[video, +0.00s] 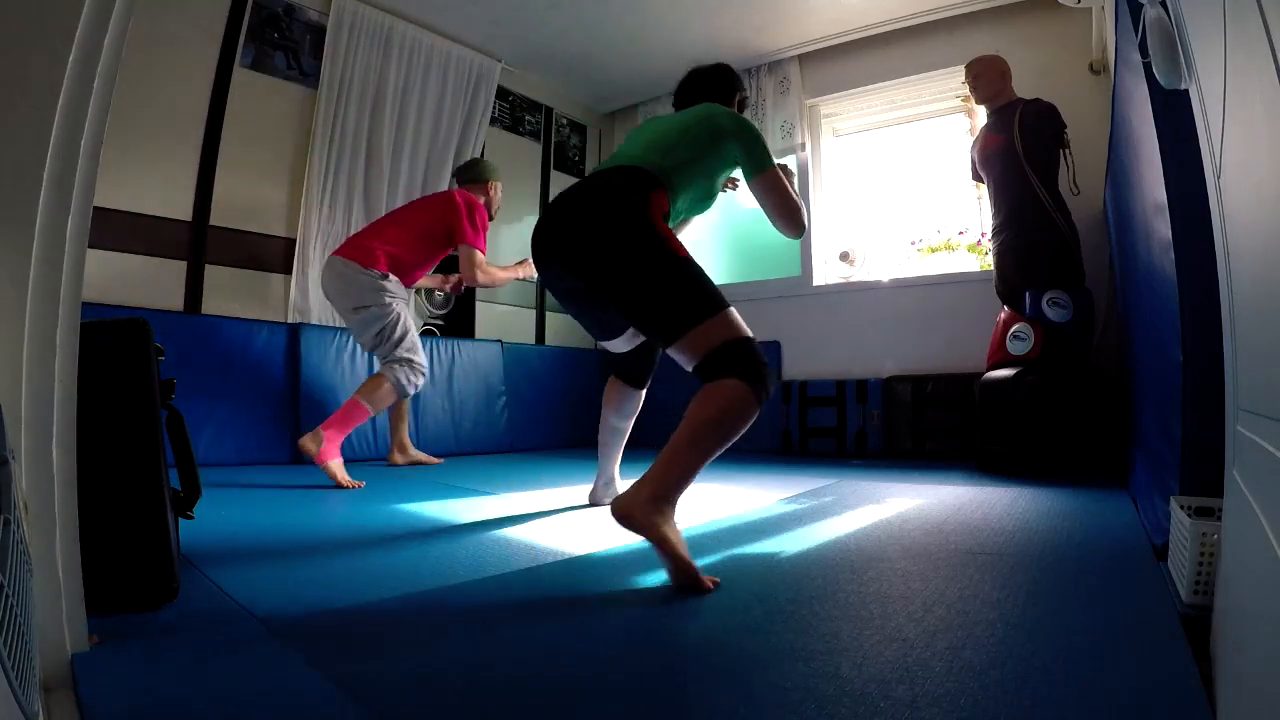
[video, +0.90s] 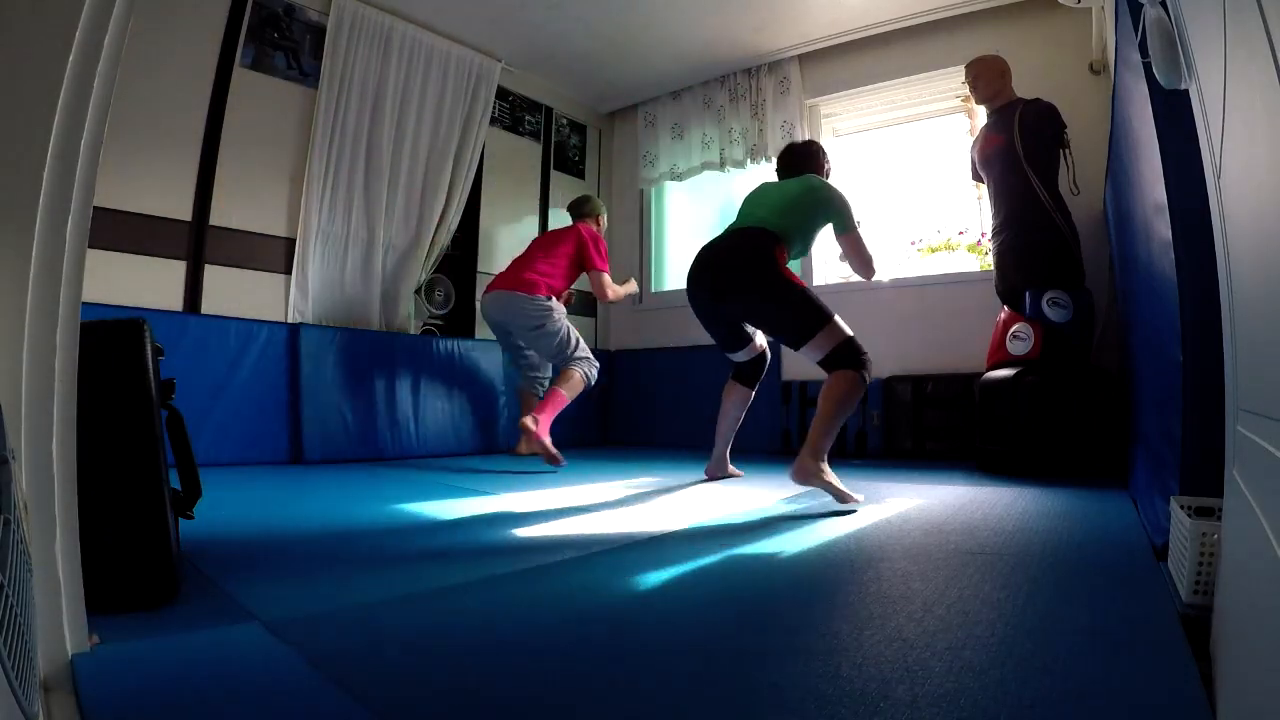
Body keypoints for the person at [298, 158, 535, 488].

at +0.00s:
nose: (500, 200)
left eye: (501, 193)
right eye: (500, 192)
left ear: (463, 186)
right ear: (490, 188)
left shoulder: (442, 204)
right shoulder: (471, 206)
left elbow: (400, 273)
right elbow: (475, 275)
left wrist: (445, 281)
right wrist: (518, 272)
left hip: (347, 268)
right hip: (364, 273)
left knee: (398, 353)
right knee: (408, 367)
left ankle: (401, 446)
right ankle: (326, 438)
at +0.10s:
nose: (514, 208)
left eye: (516, 200)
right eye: (515, 198)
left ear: (478, 191)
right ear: (506, 193)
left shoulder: (456, 211)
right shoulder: (485, 210)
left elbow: (424, 279)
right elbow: (489, 277)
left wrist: (470, 285)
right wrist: (531, 273)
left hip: (359, 274)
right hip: (385, 275)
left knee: (416, 360)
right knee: (446, 351)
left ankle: (404, 445)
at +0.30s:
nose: (536, 207)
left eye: (536, 202)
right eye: (538, 201)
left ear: (502, 195)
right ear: (531, 198)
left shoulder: (478, 211)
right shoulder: (515, 214)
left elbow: (439, 265)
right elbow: (523, 281)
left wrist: (476, 280)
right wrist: (556, 277)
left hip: (397, 278)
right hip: (425, 282)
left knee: (454, 352)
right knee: (471, 372)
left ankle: (440, 427)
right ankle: (405, 448)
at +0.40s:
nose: (548, 212)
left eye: (547, 206)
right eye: (549, 206)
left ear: (515, 201)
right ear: (542, 202)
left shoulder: (490, 216)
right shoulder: (529, 219)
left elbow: (453, 260)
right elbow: (540, 283)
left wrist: (489, 285)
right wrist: (570, 279)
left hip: (415, 282)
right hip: (447, 287)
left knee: (464, 360)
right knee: (492, 372)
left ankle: (463, 441)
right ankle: (420, 435)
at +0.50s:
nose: (560, 216)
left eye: (559, 210)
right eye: (561, 210)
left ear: (528, 207)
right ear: (553, 208)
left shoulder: (506, 224)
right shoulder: (541, 224)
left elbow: (471, 273)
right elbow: (553, 287)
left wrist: (510, 289)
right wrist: (583, 282)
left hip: (428, 291)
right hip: (464, 291)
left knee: (480, 367)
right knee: (521, 358)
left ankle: (466, 440)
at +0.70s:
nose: (586, 221)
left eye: (585, 216)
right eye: (585, 216)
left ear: (553, 212)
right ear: (578, 213)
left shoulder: (527, 226)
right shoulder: (572, 228)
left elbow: (498, 264)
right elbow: (585, 289)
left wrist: (533, 288)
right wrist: (611, 283)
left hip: (463, 291)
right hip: (500, 294)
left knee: (514, 350)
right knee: (549, 368)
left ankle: (493, 421)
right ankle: (508, 443)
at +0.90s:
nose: (605, 228)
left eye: (604, 223)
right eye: (604, 223)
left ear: (573, 218)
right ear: (598, 220)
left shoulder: (549, 235)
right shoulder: (589, 235)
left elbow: (521, 272)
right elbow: (606, 293)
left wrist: (555, 294)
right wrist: (628, 288)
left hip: (493, 299)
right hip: (529, 300)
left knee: (535, 369)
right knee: (584, 363)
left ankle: (528, 439)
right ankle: (540, 421)